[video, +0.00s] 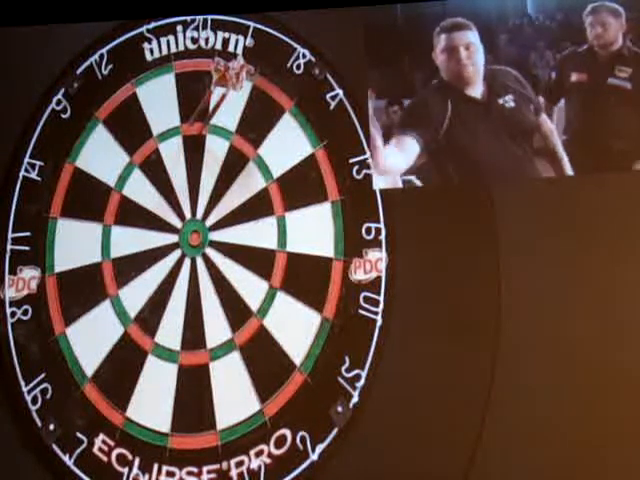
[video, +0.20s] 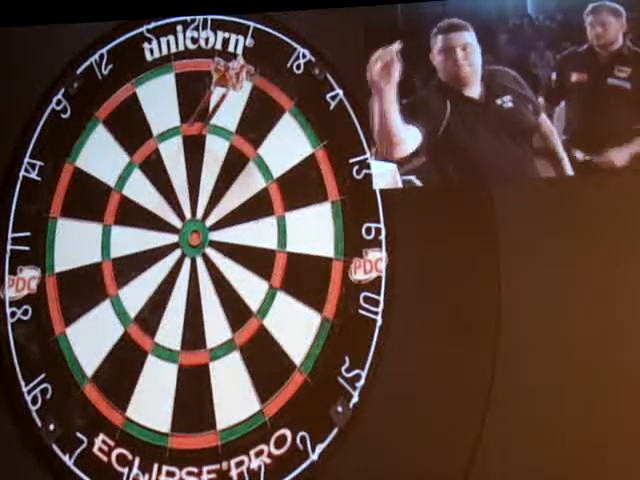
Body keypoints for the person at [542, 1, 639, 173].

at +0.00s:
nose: (597, 31)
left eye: (604, 25)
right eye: (591, 26)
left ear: (622, 26)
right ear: (586, 30)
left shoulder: (635, 62)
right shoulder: (570, 61)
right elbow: (547, 100)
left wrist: (638, 159)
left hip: (624, 159)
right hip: (579, 160)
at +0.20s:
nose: (597, 31)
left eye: (603, 25)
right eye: (591, 26)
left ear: (622, 25)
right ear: (586, 29)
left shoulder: (635, 63)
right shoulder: (569, 62)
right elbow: (546, 104)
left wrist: (627, 151)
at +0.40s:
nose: (597, 30)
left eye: (603, 23)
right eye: (591, 24)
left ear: (622, 25)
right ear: (586, 28)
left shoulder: (635, 62)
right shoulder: (568, 61)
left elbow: (637, 127)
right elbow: (548, 102)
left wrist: (613, 143)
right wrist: (556, 130)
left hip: (624, 171)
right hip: (577, 170)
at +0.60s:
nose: (597, 29)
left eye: (604, 22)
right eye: (592, 23)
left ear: (623, 25)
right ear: (585, 28)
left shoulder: (634, 62)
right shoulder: (568, 60)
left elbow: (637, 125)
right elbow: (546, 102)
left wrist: (608, 138)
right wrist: (559, 123)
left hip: (624, 171)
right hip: (578, 170)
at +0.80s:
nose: (597, 29)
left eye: (604, 22)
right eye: (592, 23)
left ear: (622, 25)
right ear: (586, 28)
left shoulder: (635, 63)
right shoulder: (568, 61)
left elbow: (637, 125)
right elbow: (549, 102)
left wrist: (614, 143)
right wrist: (558, 127)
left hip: (625, 172)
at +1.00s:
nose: (597, 29)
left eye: (604, 23)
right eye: (592, 23)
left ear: (623, 26)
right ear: (586, 28)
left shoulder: (635, 62)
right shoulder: (569, 61)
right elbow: (546, 105)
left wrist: (633, 154)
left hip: (626, 168)